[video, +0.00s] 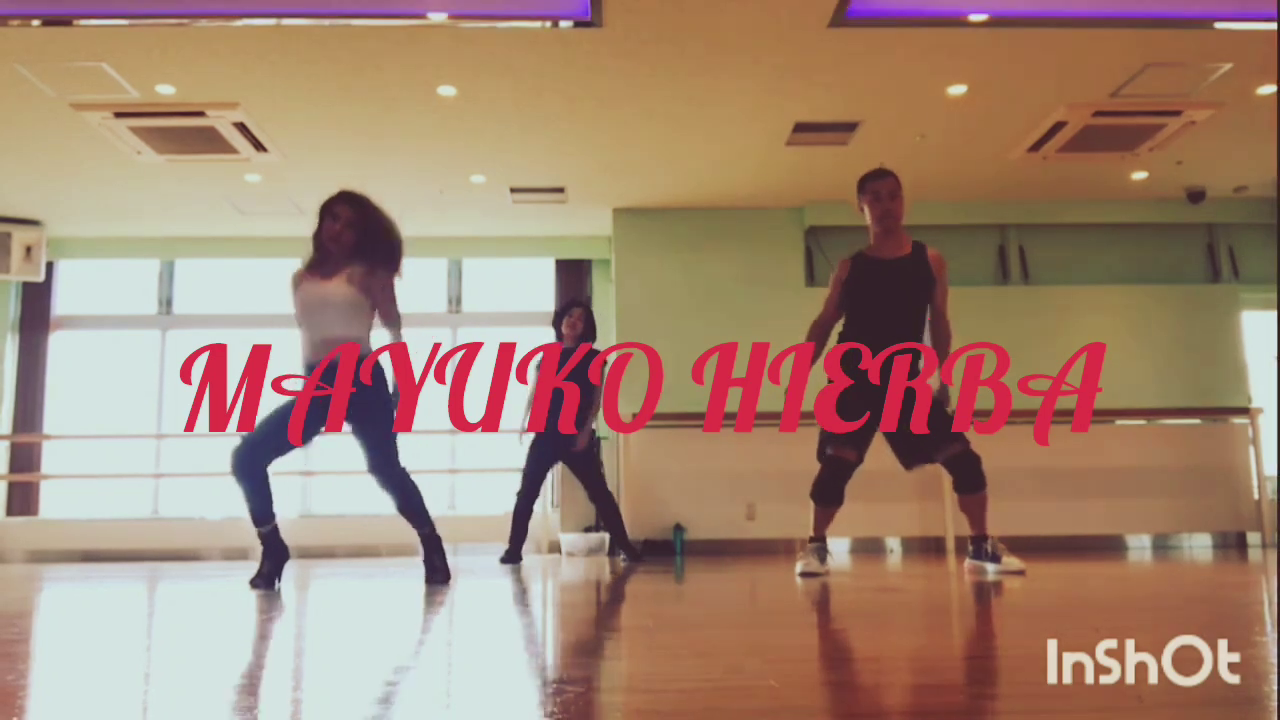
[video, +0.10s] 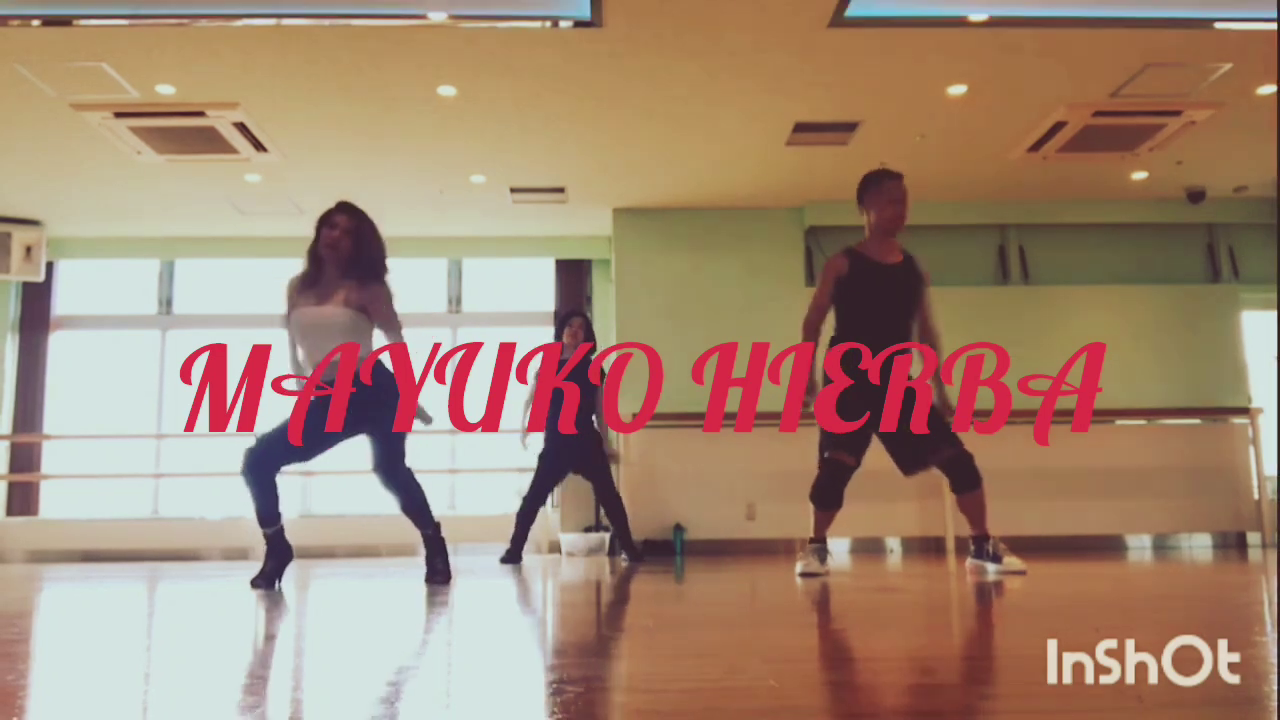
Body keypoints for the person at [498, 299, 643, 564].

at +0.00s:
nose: (573, 322)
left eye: (580, 320)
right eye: (570, 317)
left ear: (586, 327)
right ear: (561, 321)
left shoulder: (593, 357)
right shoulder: (549, 353)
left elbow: (597, 398)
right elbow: (535, 390)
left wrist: (587, 428)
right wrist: (527, 419)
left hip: (577, 436)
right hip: (546, 435)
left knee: (599, 494)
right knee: (527, 493)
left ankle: (624, 545)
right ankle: (514, 549)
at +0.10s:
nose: (574, 332)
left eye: (580, 329)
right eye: (571, 327)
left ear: (586, 335)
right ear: (562, 330)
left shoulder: (593, 367)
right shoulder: (549, 363)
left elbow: (601, 409)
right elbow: (532, 395)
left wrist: (607, 444)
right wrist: (526, 423)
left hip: (587, 444)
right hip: (556, 444)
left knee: (609, 496)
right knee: (534, 498)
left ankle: (628, 546)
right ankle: (514, 550)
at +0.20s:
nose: (575, 330)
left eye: (580, 327)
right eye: (571, 325)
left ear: (585, 334)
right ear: (561, 329)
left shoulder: (587, 368)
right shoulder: (544, 364)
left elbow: (604, 406)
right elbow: (516, 392)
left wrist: (631, 430)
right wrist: (526, 413)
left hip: (585, 442)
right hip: (555, 442)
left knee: (609, 492)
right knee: (540, 499)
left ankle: (628, 545)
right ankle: (516, 550)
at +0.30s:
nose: (576, 322)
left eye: (579, 318)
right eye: (571, 317)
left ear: (582, 324)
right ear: (558, 319)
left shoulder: (577, 353)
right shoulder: (545, 350)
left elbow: (576, 389)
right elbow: (535, 379)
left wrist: (607, 399)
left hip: (574, 431)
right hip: (546, 432)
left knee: (602, 490)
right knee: (539, 494)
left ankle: (627, 545)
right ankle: (516, 551)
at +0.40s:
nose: (573, 317)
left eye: (577, 313)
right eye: (569, 311)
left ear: (578, 316)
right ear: (555, 311)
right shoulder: (552, 345)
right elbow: (559, 378)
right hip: (551, 427)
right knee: (537, 490)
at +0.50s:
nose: (573, 319)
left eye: (575, 314)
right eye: (568, 313)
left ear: (575, 317)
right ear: (555, 313)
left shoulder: (570, 346)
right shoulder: (548, 343)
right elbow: (550, 376)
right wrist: (577, 355)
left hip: (567, 428)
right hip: (544, 427)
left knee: (580, 481)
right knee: (538, 489)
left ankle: (569, 536)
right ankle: (515, 551)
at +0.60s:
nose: (573, 328)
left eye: (573, 324)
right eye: (569, 323)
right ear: (558, 325)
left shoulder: (570, 354)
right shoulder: (549, 352)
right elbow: (542, 377)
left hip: (565, 431)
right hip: (544, 431)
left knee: (566, 492)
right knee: (548, 491)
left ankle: (558, 546)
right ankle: (519, 546)